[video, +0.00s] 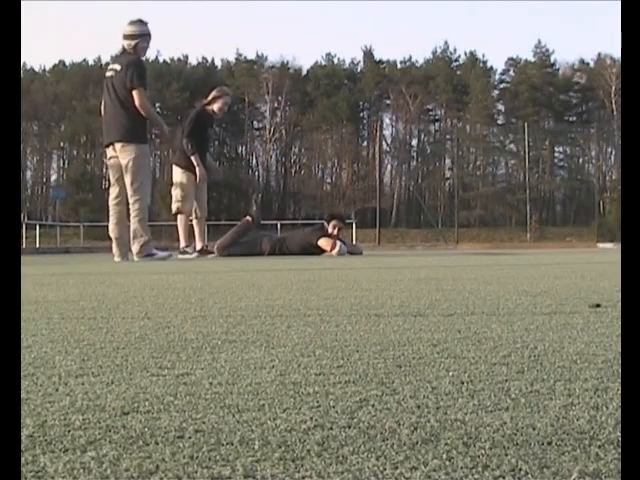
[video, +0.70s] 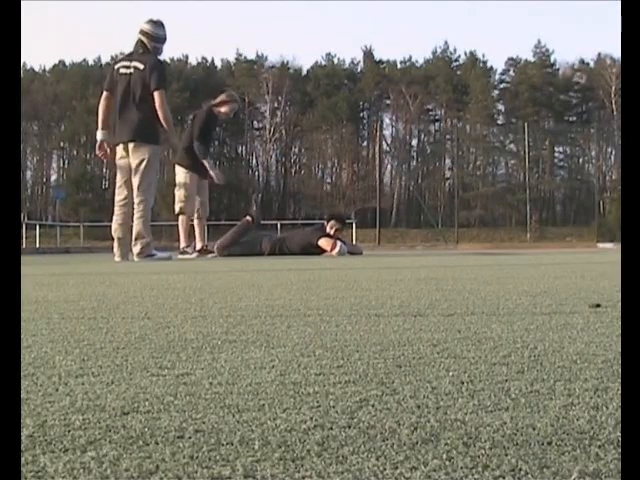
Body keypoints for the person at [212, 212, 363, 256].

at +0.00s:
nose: (336, 232)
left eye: (339, 230)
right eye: (334, 228)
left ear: (340, 230)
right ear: (327, 225)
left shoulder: (331, 237)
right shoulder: (318, 234)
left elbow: (358, 250)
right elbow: (335, 248)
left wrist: (341, 247)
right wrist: (342, 248)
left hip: (270, 242)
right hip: (266, 245)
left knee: (226, 247)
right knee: (220, 250)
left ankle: (204, 248)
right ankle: (246, 222)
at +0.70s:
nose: (334, 233)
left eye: (338, 230)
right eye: (333, 228)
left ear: (339, 230)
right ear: (327, 224)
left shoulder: (329, 235)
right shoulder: (318, 235)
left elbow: (357, 250)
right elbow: (336, 248)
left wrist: (342, 247)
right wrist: (342, 247)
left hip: (269, 242)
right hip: (265, 245)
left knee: (226, 246)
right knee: (221, 250)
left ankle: (205, 248)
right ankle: (246, 222)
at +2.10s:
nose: (339, 240)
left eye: (341, 239)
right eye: (340, 237)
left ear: (334, 233)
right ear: (335, 233)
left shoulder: (322, 237)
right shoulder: (319, 235)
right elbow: (333, 248)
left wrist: (345, 246)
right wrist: (352, 248)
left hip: (272, 240)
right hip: (271, 243)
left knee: (234, 246)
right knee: (233, 247)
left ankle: (199, 249)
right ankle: (198, 250)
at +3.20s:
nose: (339, 241)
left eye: (341, 239)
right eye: (339, 237)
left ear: (336, 237)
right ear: (334, 234)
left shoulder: (324, 240)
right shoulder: (319, 237)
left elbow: (355, 252)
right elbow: (334, 250)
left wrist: (346, 246)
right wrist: (350, 248)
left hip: (271, 239)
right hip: (269, 240)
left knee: (233, 246)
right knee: (232, 248)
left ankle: (198, 251)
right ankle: (197, 252)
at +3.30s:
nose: (337, 241)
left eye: (339, 240)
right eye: (338, 238)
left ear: (335, 239)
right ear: (333, 235)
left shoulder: (323, 240)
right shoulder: (319, 237)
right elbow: (333, 249)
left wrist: (346, 245)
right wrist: (348, 247)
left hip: (271, 240)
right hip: (269, 241)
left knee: (232, 247)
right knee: (231, 248)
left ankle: (198, 251)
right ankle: (196, 252)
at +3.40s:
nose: (337, 241)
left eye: (340, 240)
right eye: (338, 238)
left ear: (336, 239)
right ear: (333, 235)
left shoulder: (324, 241)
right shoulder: (319, 237)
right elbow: (333, 250)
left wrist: (345, 245)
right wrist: (347, 247)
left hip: (271, 240)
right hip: (269, 241)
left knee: (232, 247)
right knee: (231, 248)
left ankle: (198, 252)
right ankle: (197, 252)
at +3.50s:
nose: (337, 242)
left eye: (340, 240)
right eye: (338, 238)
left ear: (337, 239)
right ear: (333, 235)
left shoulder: (324, 241)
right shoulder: (320, 237)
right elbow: (333, 249)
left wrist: (346, 246)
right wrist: (346, 248)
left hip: (272, 240)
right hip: (270, 241)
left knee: (232, 247)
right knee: (231, 248)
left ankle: (197, 252)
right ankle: (197, 252)